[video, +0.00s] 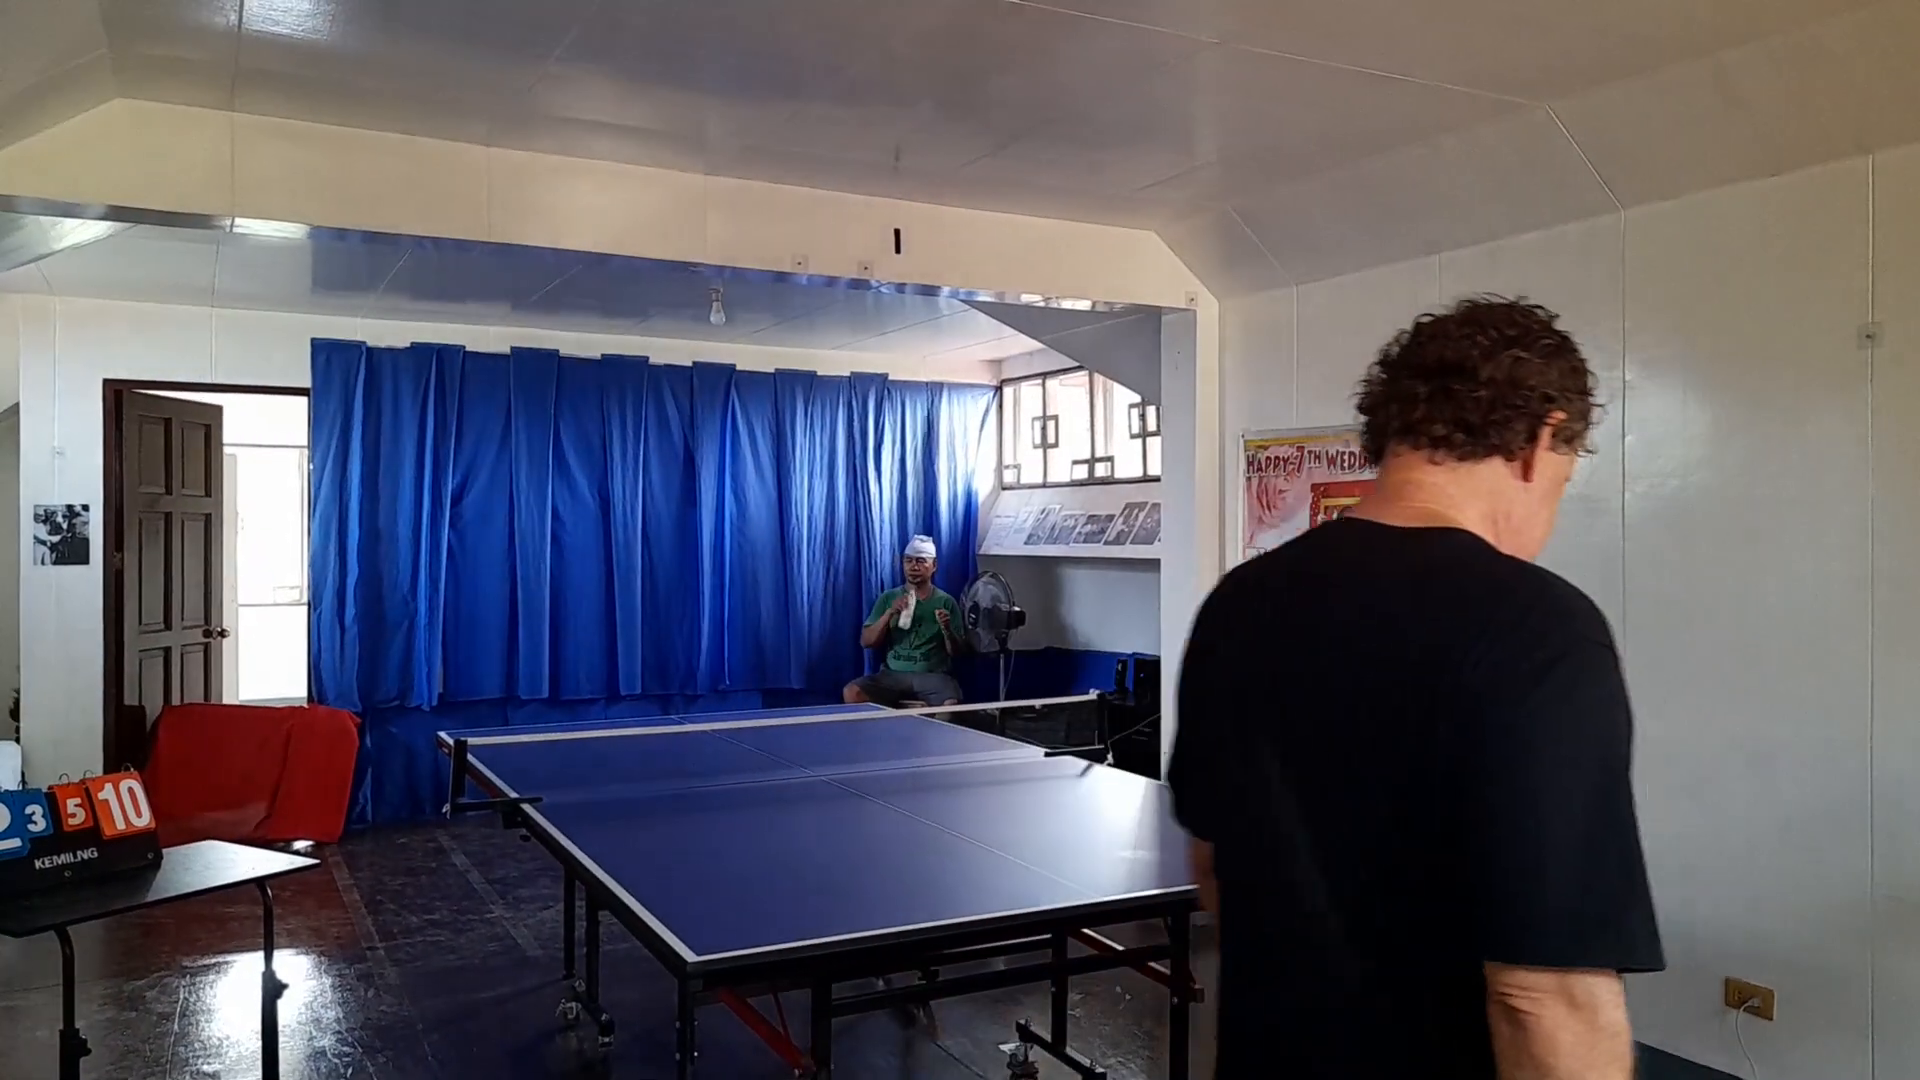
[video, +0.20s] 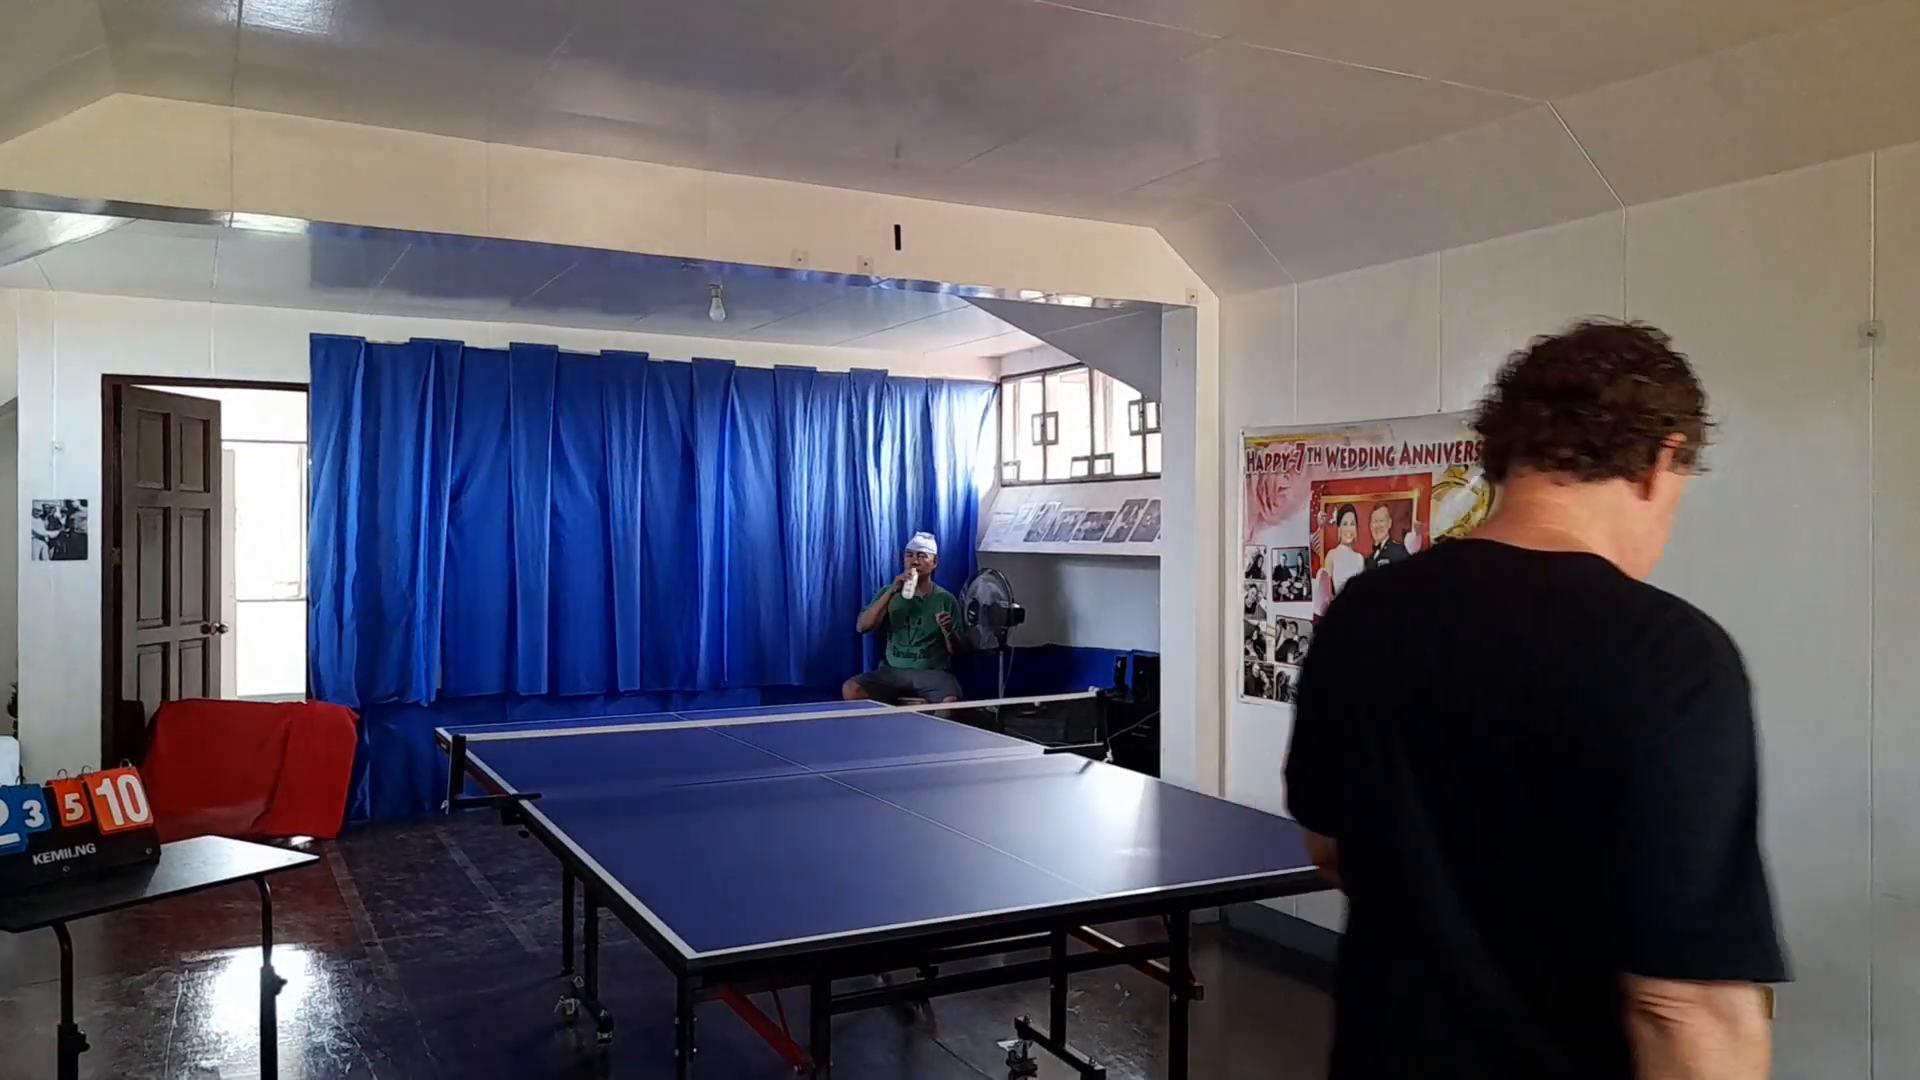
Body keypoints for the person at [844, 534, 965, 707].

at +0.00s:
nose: (914, 567)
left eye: (921, 561)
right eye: (909, 561)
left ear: (933, 566)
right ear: (903, 564)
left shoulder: (946, 602)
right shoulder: (888, 598)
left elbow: (956, 652)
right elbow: (866, 641)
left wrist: (946, 629)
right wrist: (889, 613)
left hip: (932, 676)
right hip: (892, 674)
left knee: (951, 705)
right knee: (852, 692)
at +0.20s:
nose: (914, 561)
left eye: (922, 556)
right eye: (910, 555)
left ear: (934, 563)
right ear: (903, 559)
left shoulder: (946, 600)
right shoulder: (888, 593)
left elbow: (956, 651)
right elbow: (862, 626)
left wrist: (948, 631)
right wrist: (891, 591)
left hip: (931, 673)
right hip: (891, 671)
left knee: (950, 702)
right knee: (851, 689)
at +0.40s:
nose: (918, 558)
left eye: (925, 554)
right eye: (914, 553)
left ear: (936, 563)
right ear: (907, 559)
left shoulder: (948, 601)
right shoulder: (894, 596)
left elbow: (958, 651)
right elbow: (862, 619)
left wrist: (949, 636)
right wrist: (893, 584)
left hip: (932, 674)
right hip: (893, 672)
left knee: (951, 702)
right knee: (853, 690)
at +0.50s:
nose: (919, 557)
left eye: (926, 553)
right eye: (914, 552)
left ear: (937, 562)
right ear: (908, 558)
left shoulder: (949, 601)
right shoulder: (894, 594)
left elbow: (958, 650)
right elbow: (862, 615)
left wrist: (950, 636)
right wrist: (895, 581)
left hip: (932, 674)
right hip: (893, 671)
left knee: (951, 702)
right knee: (853, 689)